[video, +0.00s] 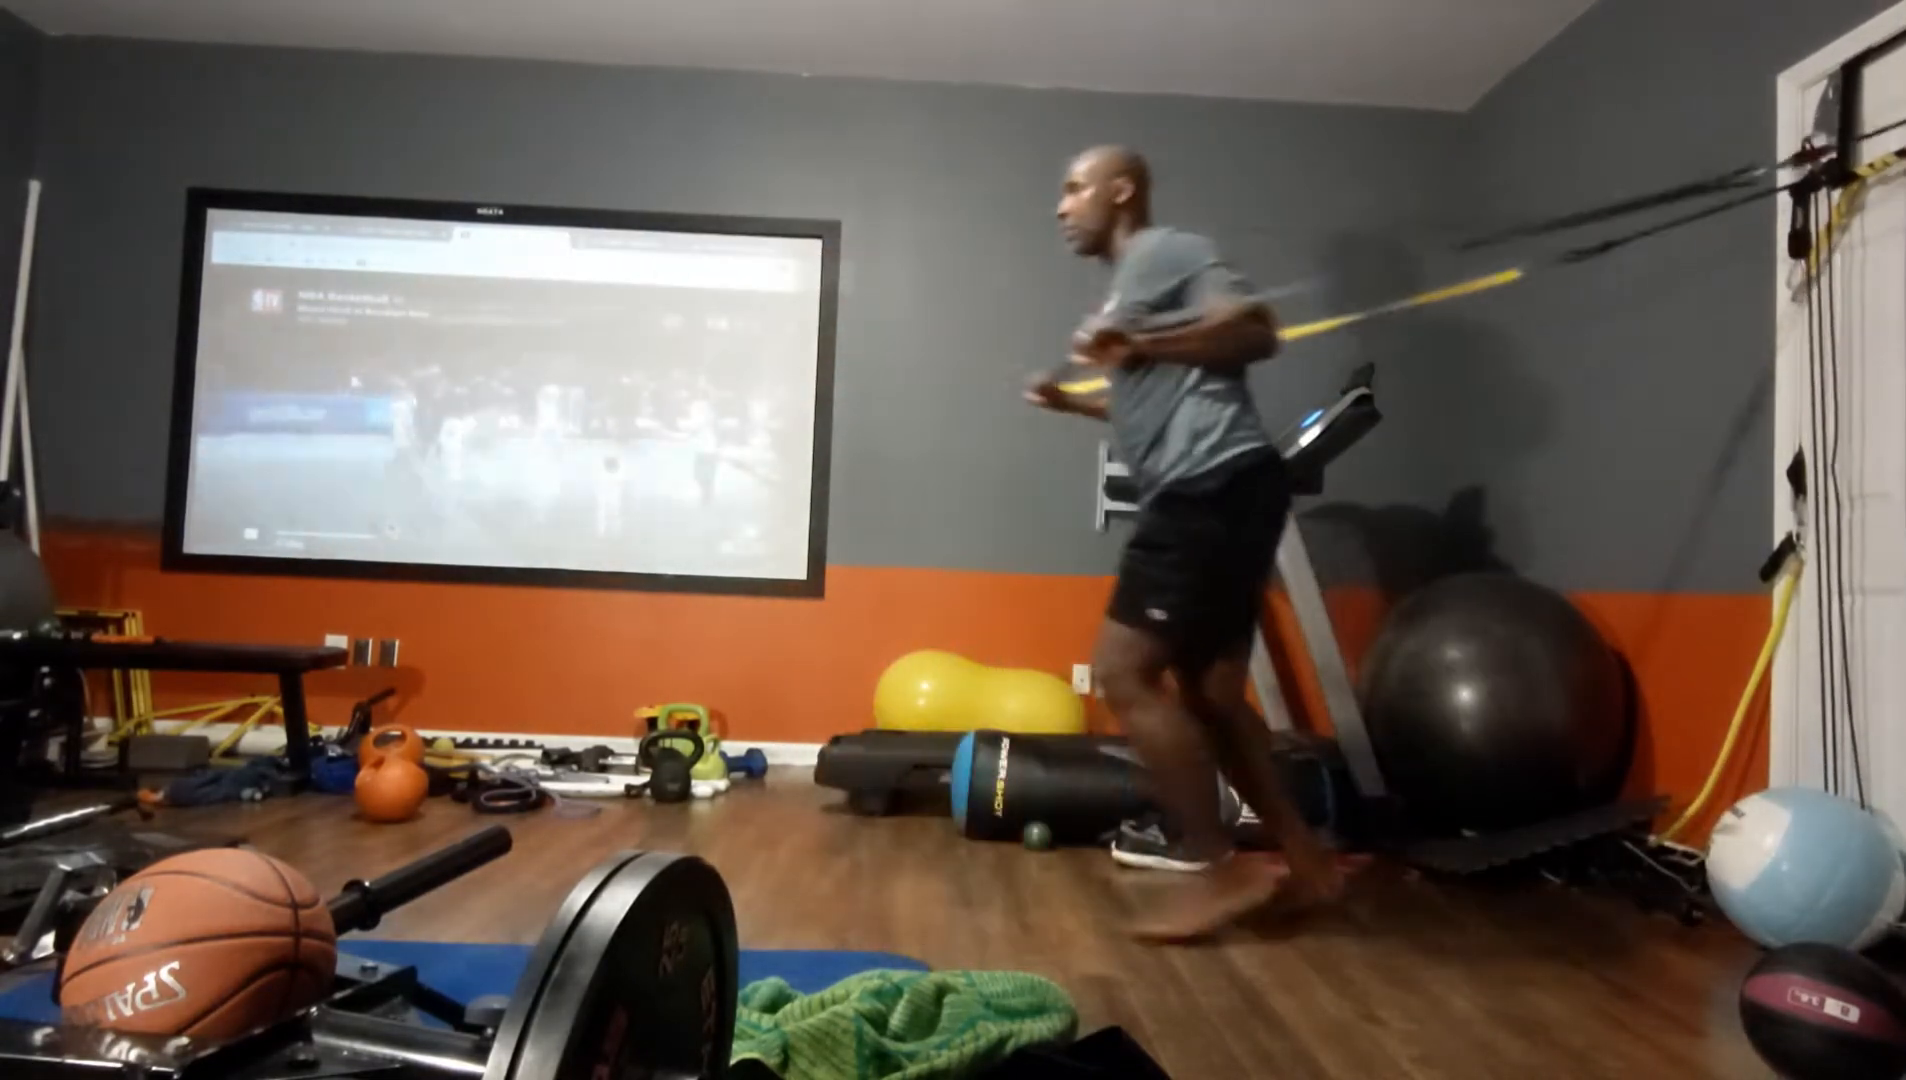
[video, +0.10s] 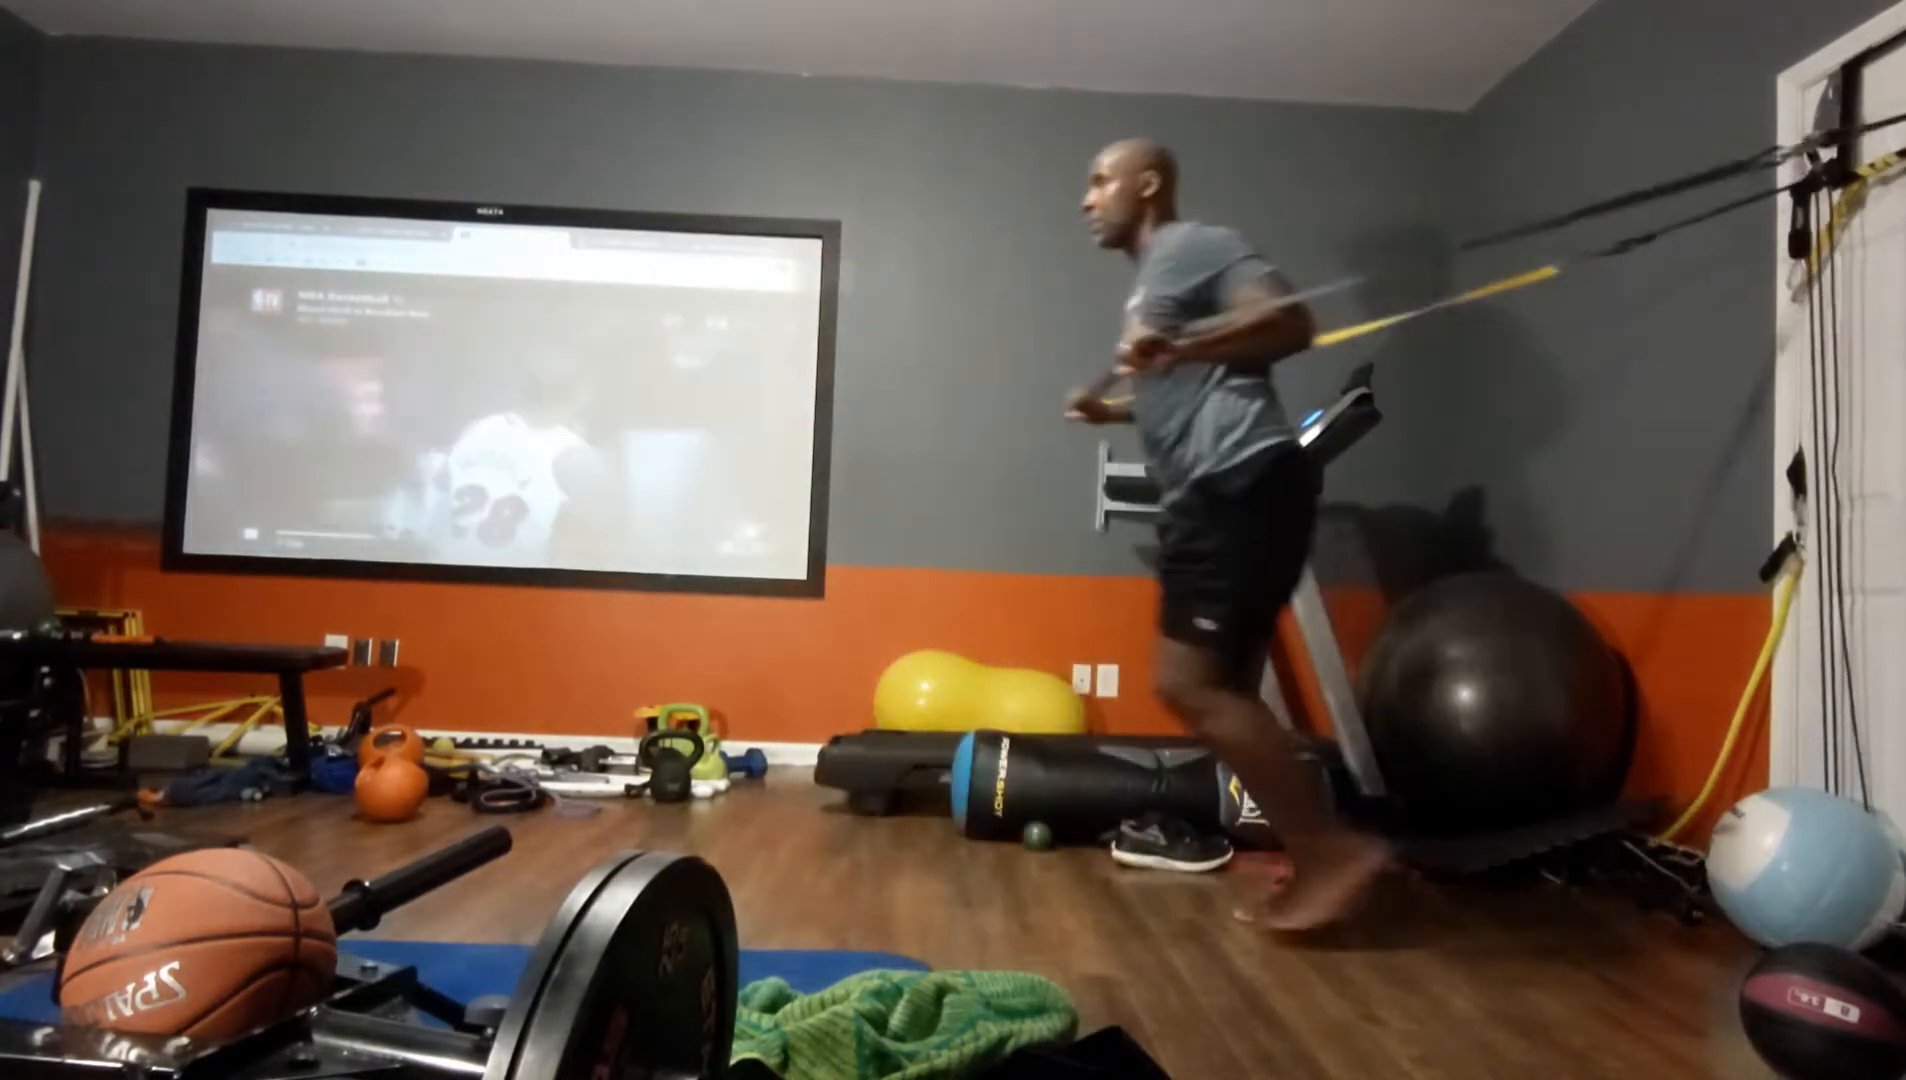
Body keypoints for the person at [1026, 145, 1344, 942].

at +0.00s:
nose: (1060, 207)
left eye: (1074, 190)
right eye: (1061, 194)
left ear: (1123, 193)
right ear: (1115, 198)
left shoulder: (1165, 250)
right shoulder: (1123, 291)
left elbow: (1254, 329)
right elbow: (1150, 409)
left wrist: (1140, 346)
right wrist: (1070, 401)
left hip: (1212, 482)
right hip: (1219, 485)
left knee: (1123, 674)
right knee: (1213, 694)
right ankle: (1304, 859)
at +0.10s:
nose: (1087, 199)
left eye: (1100, 181)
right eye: (1088, 185)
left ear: (1149, 187)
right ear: (1133, 195)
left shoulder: (1193, 244)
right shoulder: (1150, 283)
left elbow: (1287, 320)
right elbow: (1186, 393)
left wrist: (1181, 347)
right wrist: (1113, 406)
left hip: (1245, 477)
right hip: (1221, 483)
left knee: (1185, 681)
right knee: (1225, 690)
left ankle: (1332, 852)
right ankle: (1312, 858)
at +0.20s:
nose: (1109, 197)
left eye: (1124, 181)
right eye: (1110, 184)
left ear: (1174, 189)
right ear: (1158, 193)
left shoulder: (1218, 246)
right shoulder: (1169, 285)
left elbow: (1319, 321)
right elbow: (1202, 393)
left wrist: (1216, 352)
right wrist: (1139, 406)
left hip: (1274, 487)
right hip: (1225, 496)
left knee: (1253, 690)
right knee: (1239, 691)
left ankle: (1423, 845)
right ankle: (1313, 874)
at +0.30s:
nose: (1130, 201)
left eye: (1145, 185)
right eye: (1131, 187)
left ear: (1195, 192)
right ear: (1181, 197)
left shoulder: (1244, 250)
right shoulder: (1192, 285)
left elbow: (1340, 333)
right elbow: (1227, 397)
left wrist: (1235, 359)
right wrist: (1155, 408)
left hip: (1312, 497)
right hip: (1243, 510)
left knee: (1321, 690)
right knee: (1244, 685)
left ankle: (1478, 874)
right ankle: (1315, 879)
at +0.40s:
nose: (1146, 200)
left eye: (1162, 183)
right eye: (1147, 186)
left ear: (1214, 189)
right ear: (1197, 194)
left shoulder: (1266, 251)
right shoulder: (1207, 290)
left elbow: (1359, 337)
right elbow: (1241, 398)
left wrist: (1252, 366)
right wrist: (1162, 410)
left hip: (1340, 501)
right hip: (1265, 515)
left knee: (1369, 695)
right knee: (1247, 690)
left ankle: (1492, 883)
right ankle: (1316, 879)